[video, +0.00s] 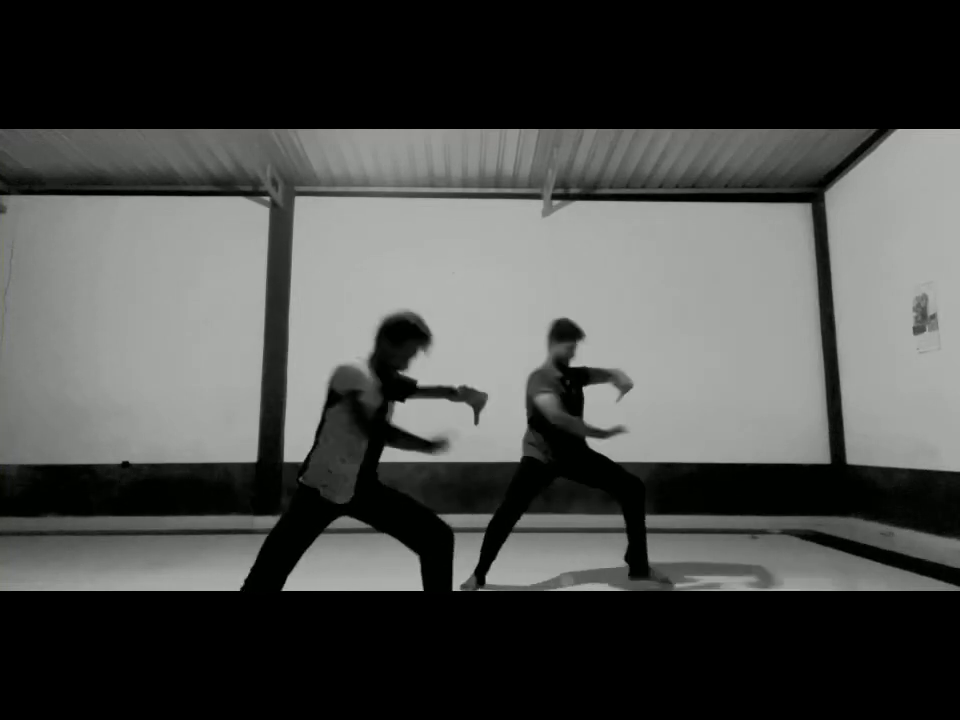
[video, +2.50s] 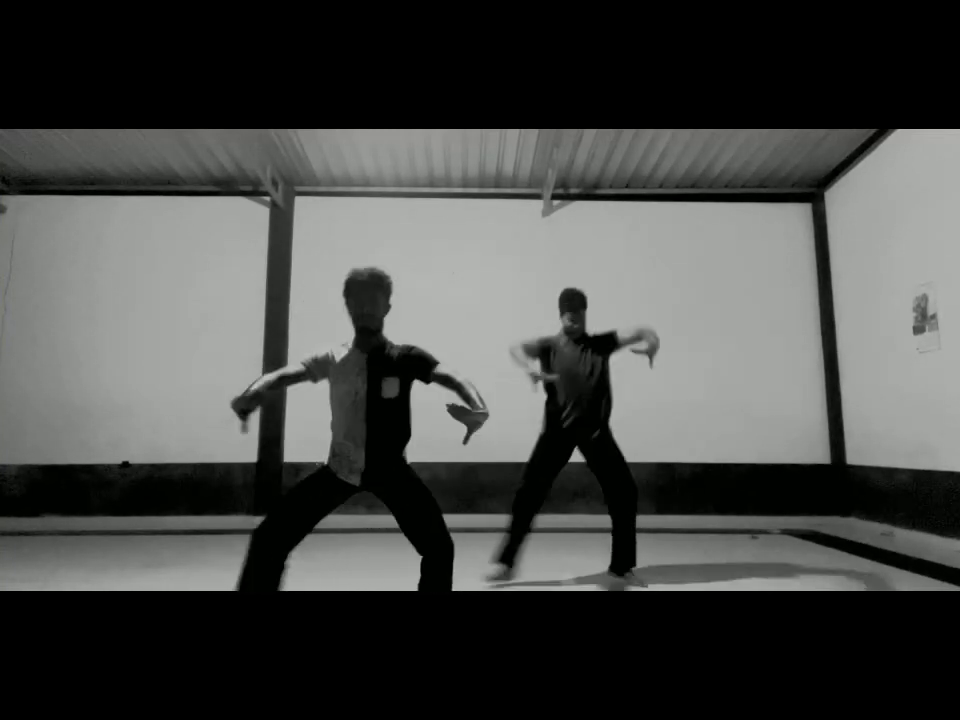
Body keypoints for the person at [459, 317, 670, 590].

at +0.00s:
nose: (571, 350)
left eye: (574, 344)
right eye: (566, 344)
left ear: (576, 346)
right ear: (552, 343)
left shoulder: (575, 375)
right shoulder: (540, 380)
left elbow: (610, 374)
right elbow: (555, 416)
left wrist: (622, 382)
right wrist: (599, 433)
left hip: (574, 455)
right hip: (540, 457)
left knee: (632, 489)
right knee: (509, 511)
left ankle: (639, 567)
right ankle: (479, 574)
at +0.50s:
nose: (579, 346)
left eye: (584, 341)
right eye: (574, 341)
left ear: (592, 343)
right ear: (566, 343)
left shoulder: (605, 377)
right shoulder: (550, 373)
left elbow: (645, 376)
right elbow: (515, 366)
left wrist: (641, 389)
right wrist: (502, 376)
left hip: (590, 458)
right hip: (547, 456)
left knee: (639, 500)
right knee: (495, 487)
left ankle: (640, 572)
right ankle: (483, 554)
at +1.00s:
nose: (543, 345)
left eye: (548, 339)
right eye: (539, 340)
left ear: (562, 341)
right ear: (536, 343)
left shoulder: (584, 371)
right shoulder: (527, 378)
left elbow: (625, 361)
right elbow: (493, 388)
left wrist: (594, 376)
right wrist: (479, 406)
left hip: (584, 456)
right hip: (540, 459)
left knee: (637, 501)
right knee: (492, 502)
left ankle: (651, 579)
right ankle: (478, 577)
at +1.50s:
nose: (512, 385)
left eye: (513, 378)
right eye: (508, 381)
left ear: (523, 367)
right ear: (507, 377)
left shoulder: (549, 377)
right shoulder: (526, 375)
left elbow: (524, 415)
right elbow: (496, 384)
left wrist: (473, 429)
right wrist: (471, 395)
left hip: (583, 453)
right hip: (548, 451)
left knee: (622, 512)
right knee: (502, 497)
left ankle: (635, 578)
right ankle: (479, 577)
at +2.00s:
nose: (538, 338)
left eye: (544, 334)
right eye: (533, 332)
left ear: (550, 339)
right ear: (524, 336)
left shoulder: (561, 370)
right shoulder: (505, 367)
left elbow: (601, 358)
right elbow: (473, 339)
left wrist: (611, 363)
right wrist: (499, 346)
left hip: (560, 454)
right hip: (517, 455)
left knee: (615, 495)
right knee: (472, 501)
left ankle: (636, 571)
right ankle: (469, 577)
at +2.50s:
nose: (572, 320)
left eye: (577, 315)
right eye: (567, 315)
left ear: (585, 314)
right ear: (559, 316)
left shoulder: (600, 345)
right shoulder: (550, 346)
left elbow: (642, 335)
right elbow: (516, 349)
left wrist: (651, 344)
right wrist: (530, 369)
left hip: (595, 433)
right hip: (557, 433)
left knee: (624, 493)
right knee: (530, 492)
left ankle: (621, 568)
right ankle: (505, 563)